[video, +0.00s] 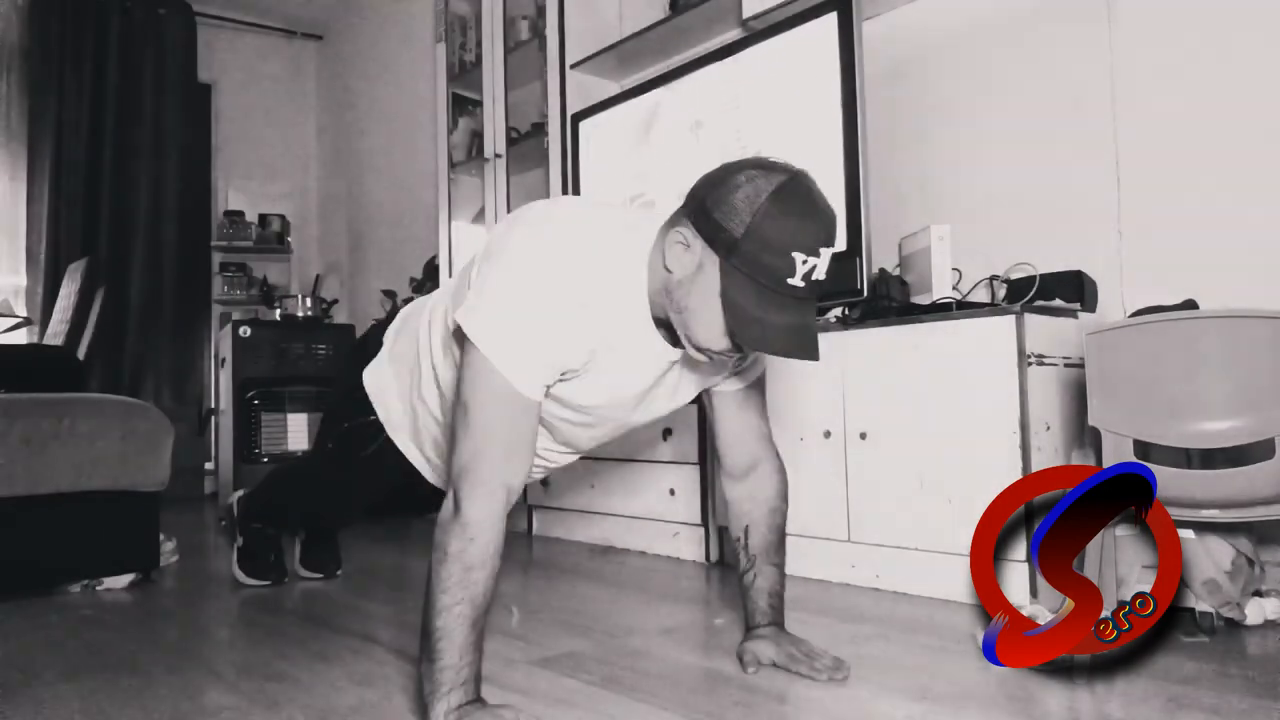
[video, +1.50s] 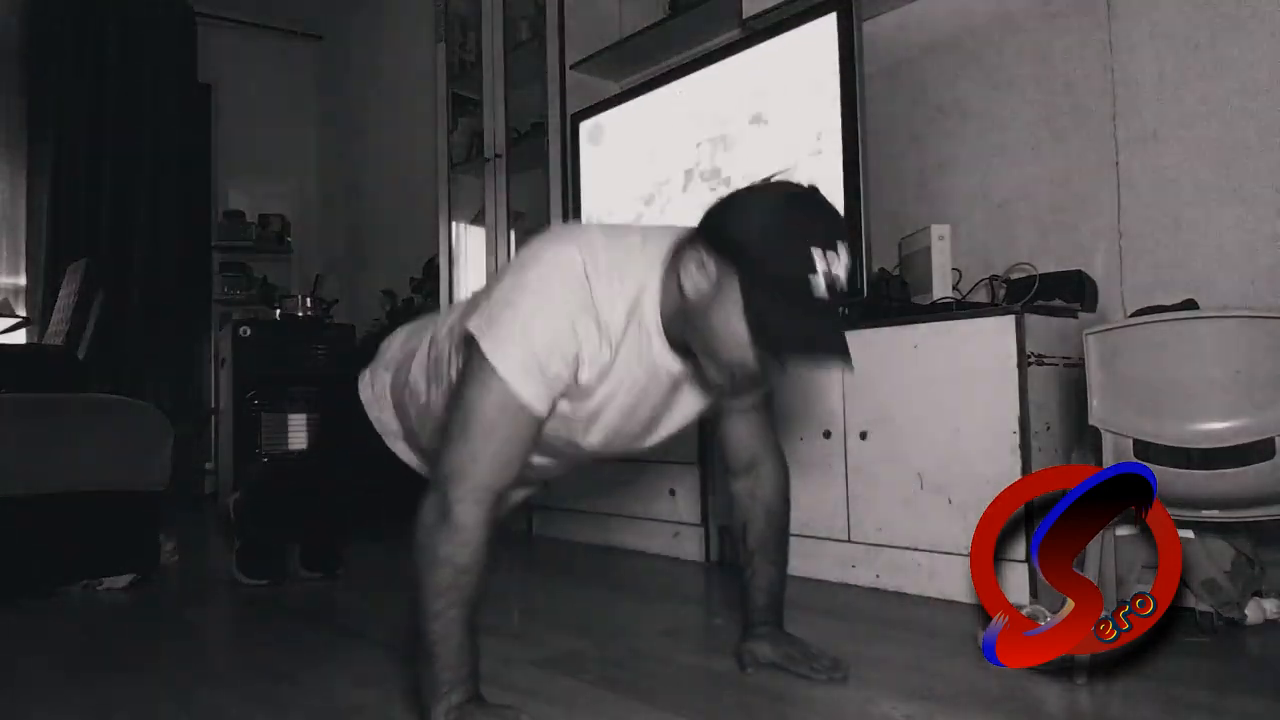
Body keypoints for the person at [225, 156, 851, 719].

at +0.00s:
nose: (749, 349)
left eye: (764, 332)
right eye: (743, 318)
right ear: (682, 254)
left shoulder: (725, 320)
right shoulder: (544, 266)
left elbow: (752, 471)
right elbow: (476, 502)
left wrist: (766, 628)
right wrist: (451, 701)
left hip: (497, 449)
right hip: (411, 407)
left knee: (381, 497)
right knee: (324, 482)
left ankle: (318, 521)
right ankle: (253, 516)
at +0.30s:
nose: (749, 346)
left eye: (763, 329)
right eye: (742, 317)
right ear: (683, 253)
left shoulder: (723, 321)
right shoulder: (542, 267)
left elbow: (750, 470)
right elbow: (471, 505)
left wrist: (765, 628)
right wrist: (451, 700)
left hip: (495, 452)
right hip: (410, 401)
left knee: (382, 495)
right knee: (325, 480)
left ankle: (316, 521)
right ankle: (252, 517)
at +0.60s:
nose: (776, 534)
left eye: (795, 520)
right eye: (775, 510)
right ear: (742, 445)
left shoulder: (780, 409)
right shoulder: (585, 401)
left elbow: (776, 513)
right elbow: (396, 528)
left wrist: (765, 625)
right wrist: (446, 702)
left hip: (523, 483)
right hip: (432, 438)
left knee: (358, 509)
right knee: (324, 494)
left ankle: (303, 543)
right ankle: (255, 521)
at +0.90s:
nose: (842, 698)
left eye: (863, 680)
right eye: (840, 670)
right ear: (781, 595)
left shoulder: (825, 520)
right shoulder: (629, 533)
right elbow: (402, 533)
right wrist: (444, 702)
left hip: (550, 498)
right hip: (450, 540)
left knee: (388, 509)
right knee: (345, 538)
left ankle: (318, 496)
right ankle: (273, 517)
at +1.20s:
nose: (798, 462)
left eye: (813, 446)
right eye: (794, 436)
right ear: (735, 374)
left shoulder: (755, 415)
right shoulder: (584, 382)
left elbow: (769, 497)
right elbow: (394, 528)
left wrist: (765, 628)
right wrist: (447, 702)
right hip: (413, 459)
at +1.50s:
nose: (770, 364)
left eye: (786, 345)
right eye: (764, 334)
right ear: (700, 273)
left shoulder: (732, 323)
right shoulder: (563, 283)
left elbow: (755, 469)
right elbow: (455, 505)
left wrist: (763, 630)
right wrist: (450, 700)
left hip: (493, 457)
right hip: (392, 422)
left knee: (363, 513)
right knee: (319, 498)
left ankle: (306, 523)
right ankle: (259, 518)